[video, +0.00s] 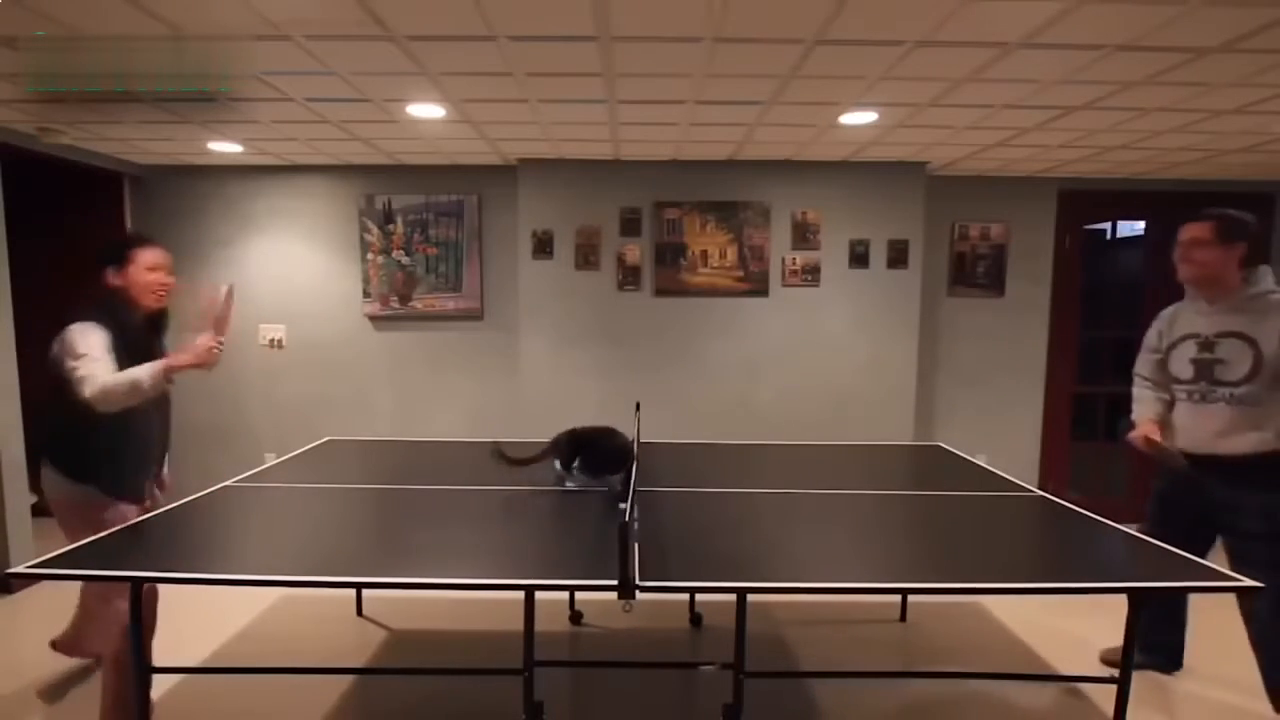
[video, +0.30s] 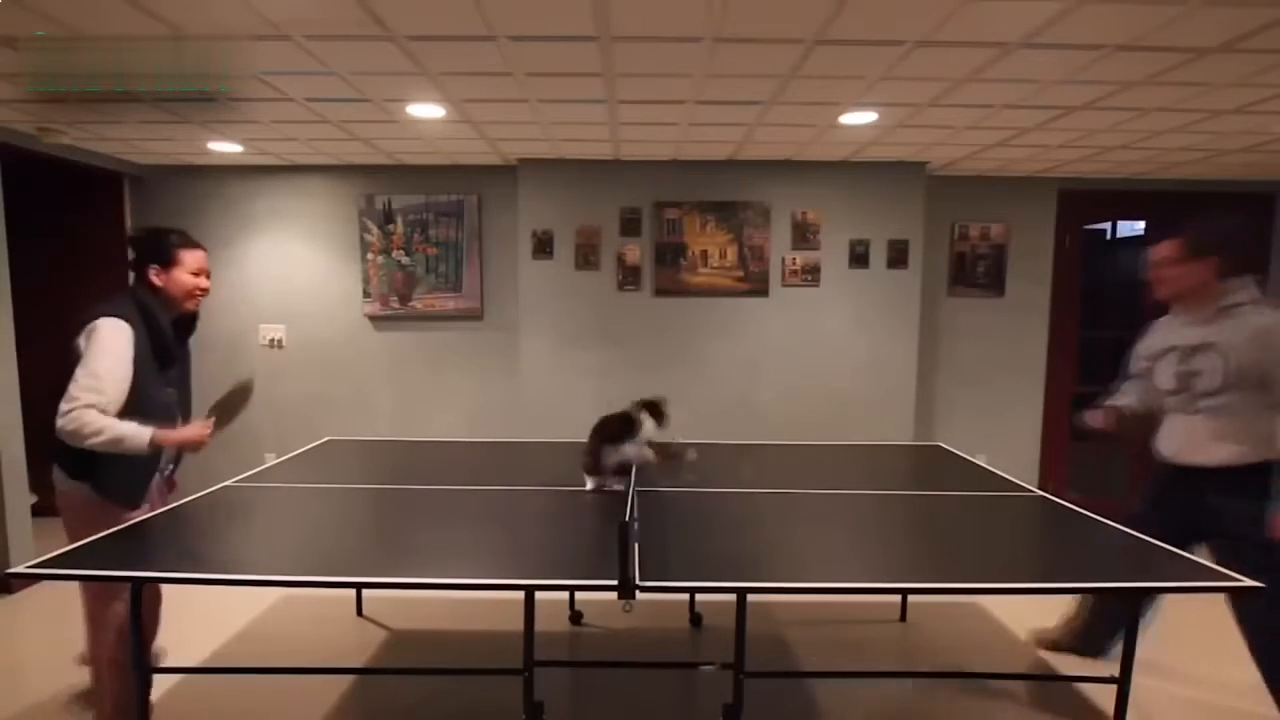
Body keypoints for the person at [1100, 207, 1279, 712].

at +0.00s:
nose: (1183, 256)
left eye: (1197, 247)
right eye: (1180, 247)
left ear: (1235, 253)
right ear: (1176, 256)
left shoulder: (1271, 309)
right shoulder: (1169, 321)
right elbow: (1149, 381)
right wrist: (1146, 421)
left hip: (1257, 470)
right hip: (1185, 467)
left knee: (1266, 589)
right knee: (1158, 561)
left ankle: (1277, 686)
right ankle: (1155, 651)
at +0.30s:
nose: (1158, 277)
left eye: (1169, 265)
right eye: (1154, 268)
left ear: (1207, 267)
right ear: (1155, 276)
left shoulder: (1260, 322)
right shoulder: (1158, 335)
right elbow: (1142, 390)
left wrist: (1277, 501)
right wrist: (1112, 411)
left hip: (1247, 478)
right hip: (1176, 476)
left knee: (1260, 598)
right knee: (1136, 558)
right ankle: (1087, 635)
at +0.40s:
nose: (1109, 297)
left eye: (1119, 285)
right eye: (1105, 287)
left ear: (1156, 282)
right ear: (1107, 292)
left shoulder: (1210, 338)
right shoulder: (1117, 341)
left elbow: (1252, 418)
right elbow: (1083, 382)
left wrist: (1248, 499)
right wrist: (1054, 404)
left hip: (1202, 488)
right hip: (1138, 484)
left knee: (1238, 602)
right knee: (1091, 546)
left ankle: (1279, 687)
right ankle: (1076, 630)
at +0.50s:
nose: (1072, 295)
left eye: (1082, 285)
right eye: (1070, 286)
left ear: (1120, 287)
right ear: (1076, 292)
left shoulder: (1177, 342)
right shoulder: (1078, 343)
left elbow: (1215, 418)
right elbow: (1029, 369)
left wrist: (1209, 492)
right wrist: (988, 386)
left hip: (1175, 484)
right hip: (1114, 481)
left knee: (1218, 596)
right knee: (1068, 546)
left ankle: (1275, 694)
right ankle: (1072, 631)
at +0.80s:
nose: (1057, 274)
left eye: (1068, 265)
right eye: (1056, 266)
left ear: (1104, 269)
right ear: (1059, 274)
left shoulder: (1159, 322)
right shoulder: (1060, 333)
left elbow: (1204, 390)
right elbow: (1035, 394)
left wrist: (1218, 462)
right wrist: (1029, 404)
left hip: (1168, 463)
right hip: (1102, 462)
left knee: (1220, 576)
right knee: (1079, 546)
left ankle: (1276, 683)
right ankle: (1075, 630)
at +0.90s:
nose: (1079, 273)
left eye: (1090, 264)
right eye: (1077, 264)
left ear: (1124, 270)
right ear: (1074, 272)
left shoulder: (1183, 324)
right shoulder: (1084, 333)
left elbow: (1229, 397)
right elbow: (1101, 395)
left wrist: (1239, 473)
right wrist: (1089, 426)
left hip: (1185, 469)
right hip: (1118, 467)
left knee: (1230, 585)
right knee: (1092, 550)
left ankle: (1275, 686)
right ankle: (1076, 630)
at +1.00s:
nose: (1130, 269)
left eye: (1142, 259)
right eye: (1128, 260)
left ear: (1178, 265)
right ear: (1124, 270)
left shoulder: (1234, 326)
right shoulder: (1131, 330)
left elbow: (1271, 405)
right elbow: (1135, 394)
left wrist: (1265, 486)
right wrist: (1117, 425)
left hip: (1218, 476)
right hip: (1152, 473)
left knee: (1241, 595)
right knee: (1118, 556)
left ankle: (1270, 695)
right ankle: (1077, 631)